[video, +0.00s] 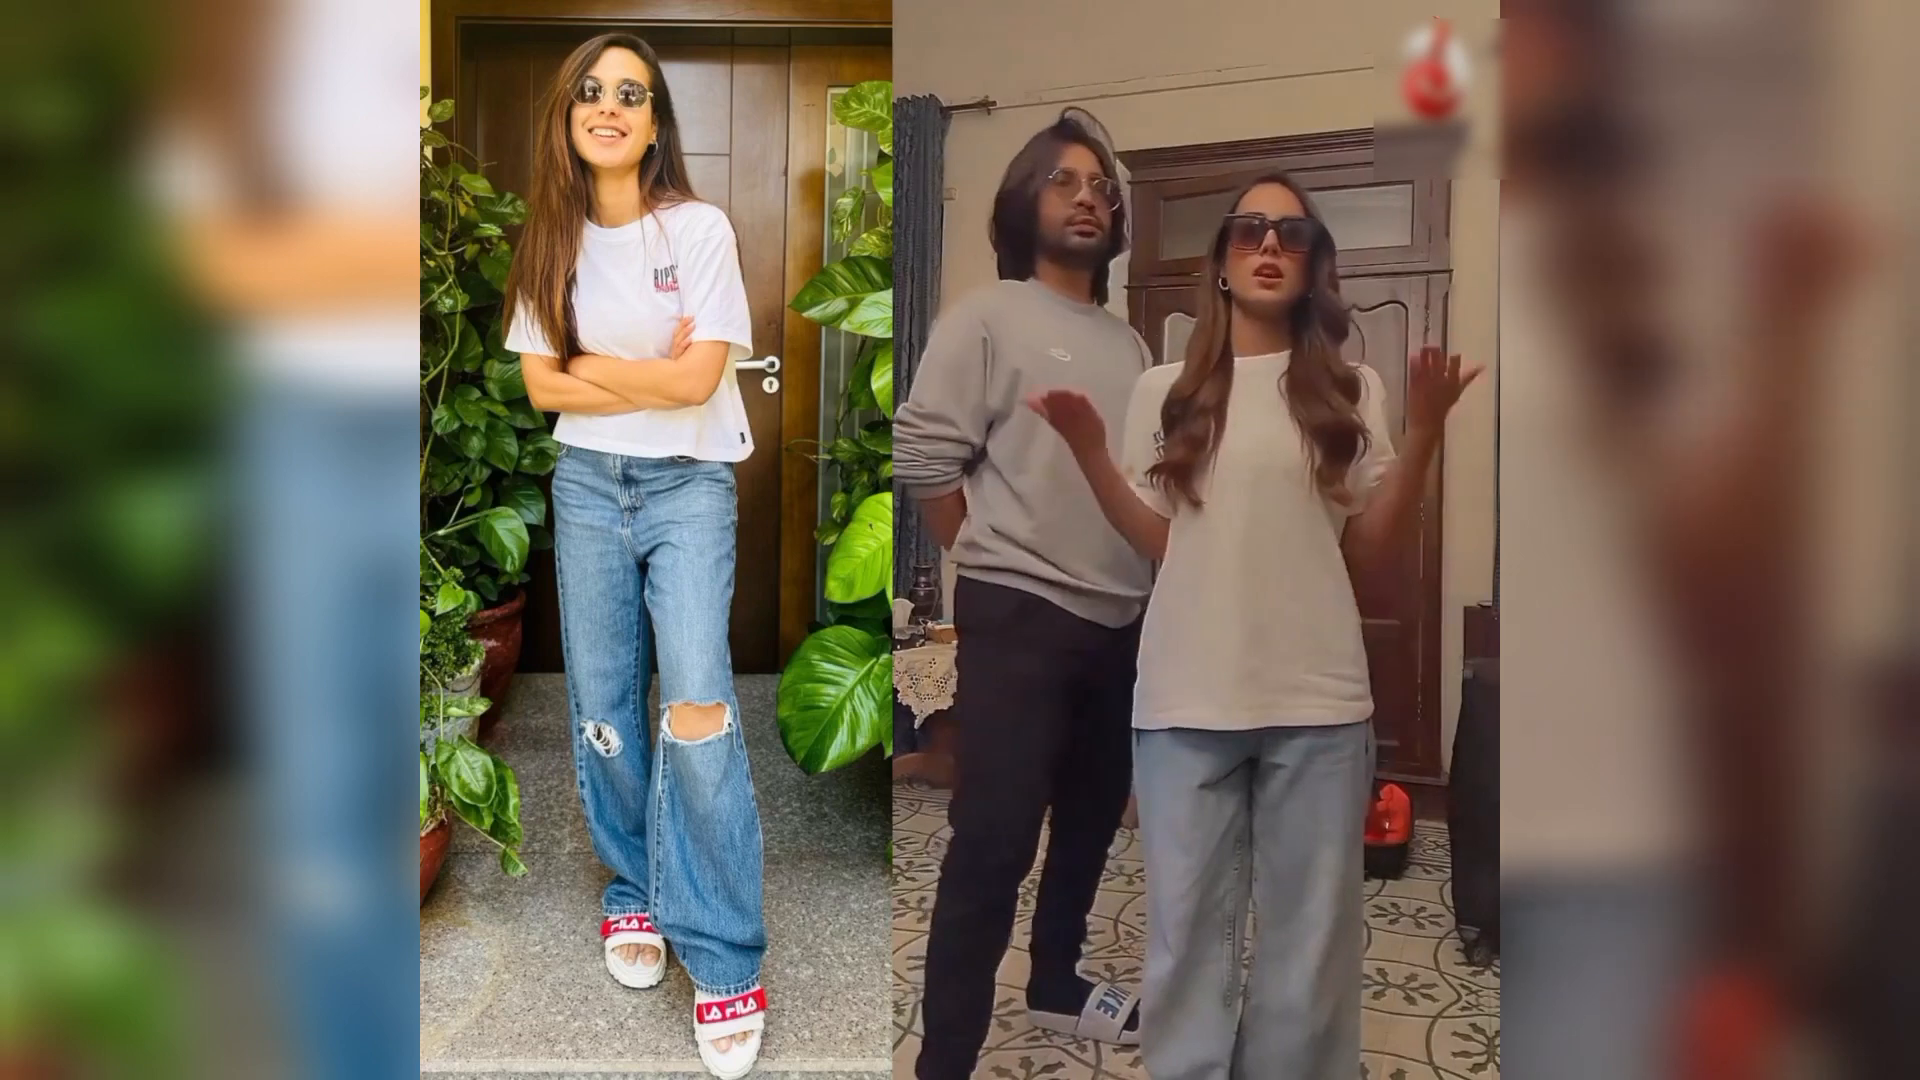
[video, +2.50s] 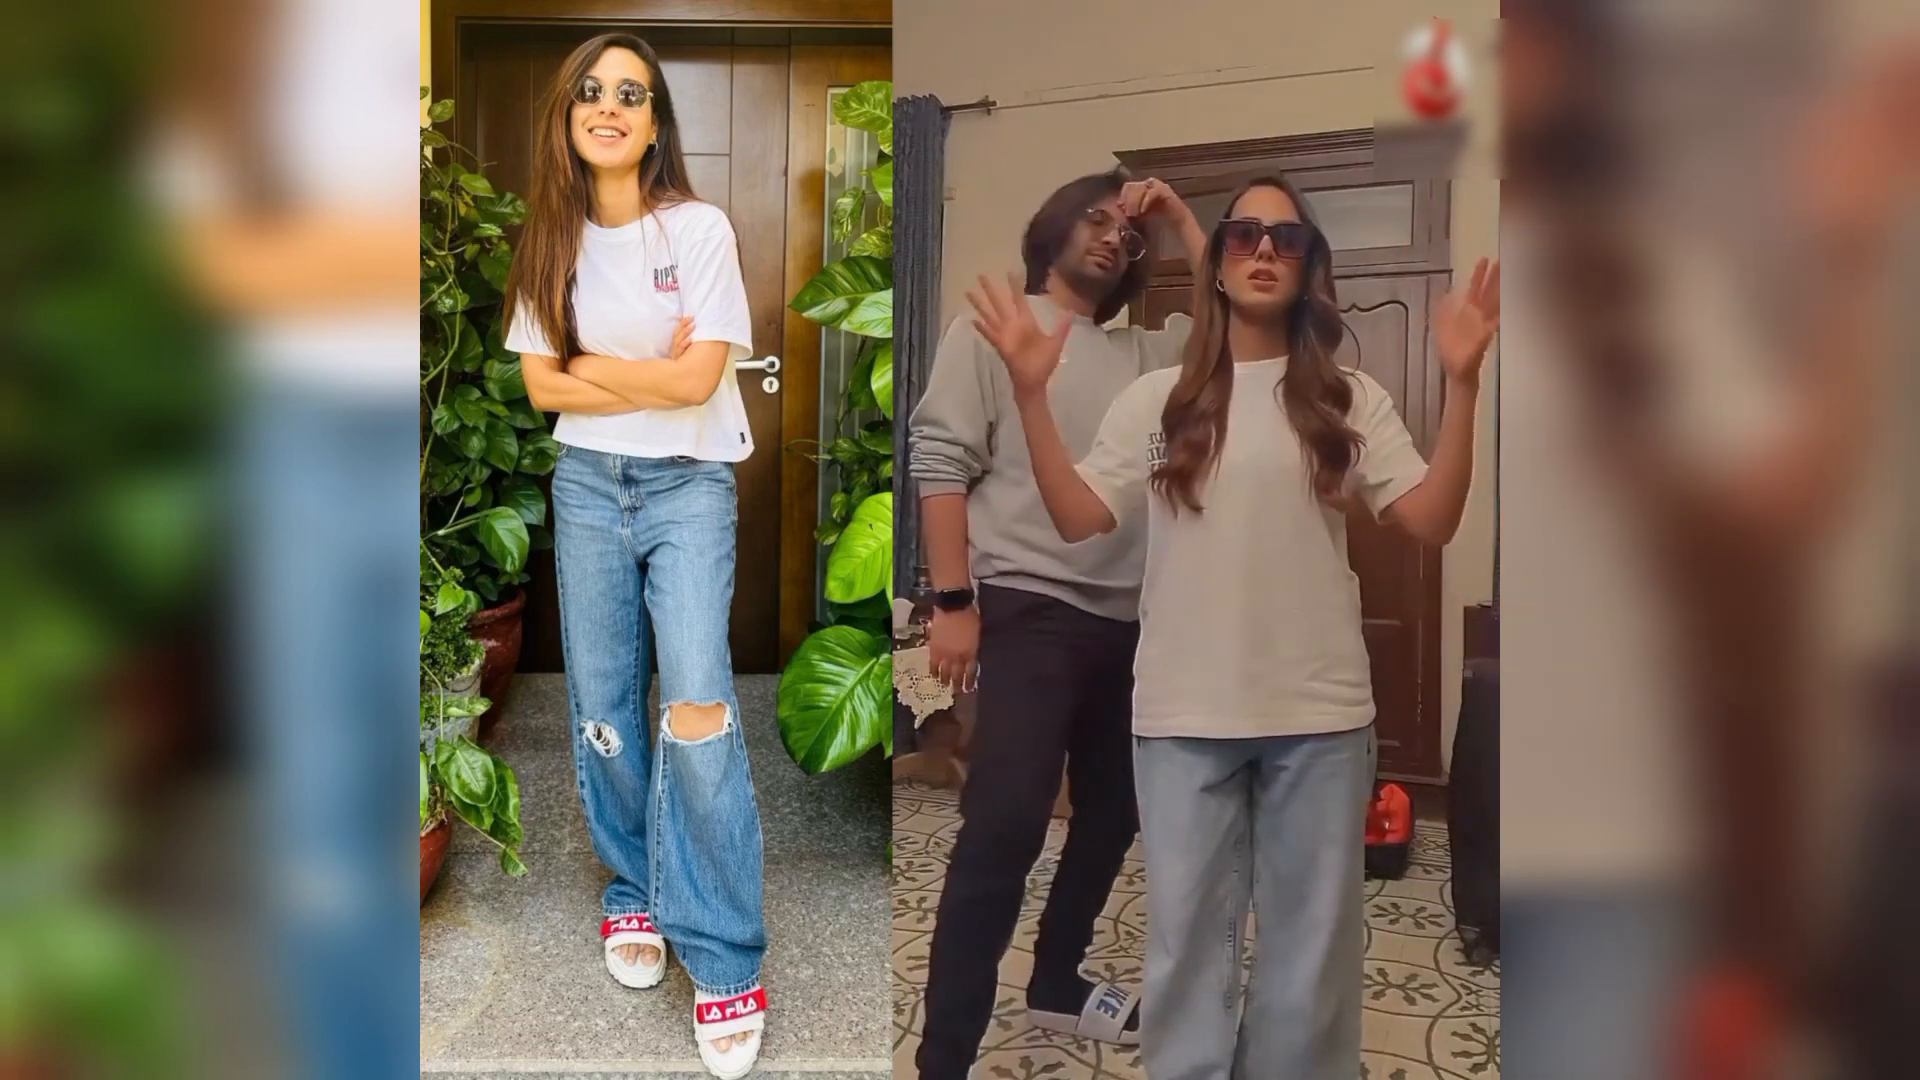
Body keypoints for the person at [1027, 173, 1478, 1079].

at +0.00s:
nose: (1269, 245)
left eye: (1290, 233)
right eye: (1250, 231)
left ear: (1317, 262)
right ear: (1220, 259)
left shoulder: (1351, 386)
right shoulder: (1165, 387)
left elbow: (1368, 543)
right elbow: (1159, 540)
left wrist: (1422, 432)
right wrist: (1091, 450)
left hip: (1318, 694)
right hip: (1184, 694)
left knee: (1310, 944)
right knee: (1182, 936)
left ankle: (1295, 1070)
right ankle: (1186, 1066)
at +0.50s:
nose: (1266, 249)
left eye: (1287, 237)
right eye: (1248, 235)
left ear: (1313, 265)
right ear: (1219, 262)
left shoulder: (1346, 393)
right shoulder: (1162, 392)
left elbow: (1360, 552)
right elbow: (1154, 542)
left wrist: (1420, 517)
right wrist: (1093, 518)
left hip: (1317, 705)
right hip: (1182, 705)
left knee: (1310, 946)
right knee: (1182, 938)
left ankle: (1294, 1071)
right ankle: (1186, 1067)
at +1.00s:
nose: (1264, 256)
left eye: (1286, 243)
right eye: (1245, 240)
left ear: (1311, 271)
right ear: (1217, 266)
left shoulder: (1346, 392)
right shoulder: (1160, 391)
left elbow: (1452, 464)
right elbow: (1069, 470)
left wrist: (1463, 303)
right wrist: (1054, 311)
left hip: (1319, 717)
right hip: (1182, 719)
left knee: (1311, 960)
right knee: (1182, 950)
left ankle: (1295, 1072)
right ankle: (1185, 1068)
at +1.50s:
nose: (1266, 248)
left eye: (1286, 236)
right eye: (1247, 234)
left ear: (1311, 263)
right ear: (1217, 258)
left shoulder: (1347, 392)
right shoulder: (1159, 391)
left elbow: (1384, 537)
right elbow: (1105, 531)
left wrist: (1471, 451)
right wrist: (1026, 446)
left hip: (1320, 707)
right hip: (1184, 708)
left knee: (1315, 944)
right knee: (1185, 938)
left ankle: (1294, 1075)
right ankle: (1186, 1069)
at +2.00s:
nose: (1259, 251)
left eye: (1280, 239)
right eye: (1239, 237)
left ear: (1305, 267)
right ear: (1212, 262)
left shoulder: (1348, 393)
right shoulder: (1156, 395)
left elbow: (1422, 520)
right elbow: (1133, 538)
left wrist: (1344, 506)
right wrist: (1217, 504)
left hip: (1321, 714)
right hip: (1183, 716)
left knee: (1314, 955)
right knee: (1184, 947)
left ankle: (1292, 1074)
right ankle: (1186, 1071)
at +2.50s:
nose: (1263, 247)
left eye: (1284, 236)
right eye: (1244, 234)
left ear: (1311, 265)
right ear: (1214, 261)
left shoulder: (1345, 391)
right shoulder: (1160, 394)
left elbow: (1429, 522)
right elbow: (1082, 517)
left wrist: (1462, 382)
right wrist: (1031, 389)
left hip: (1322, 712)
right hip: (1183, 713)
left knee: (1314, 953)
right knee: (1184, 946)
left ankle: (1296, 1074)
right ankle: (1184, 1069)